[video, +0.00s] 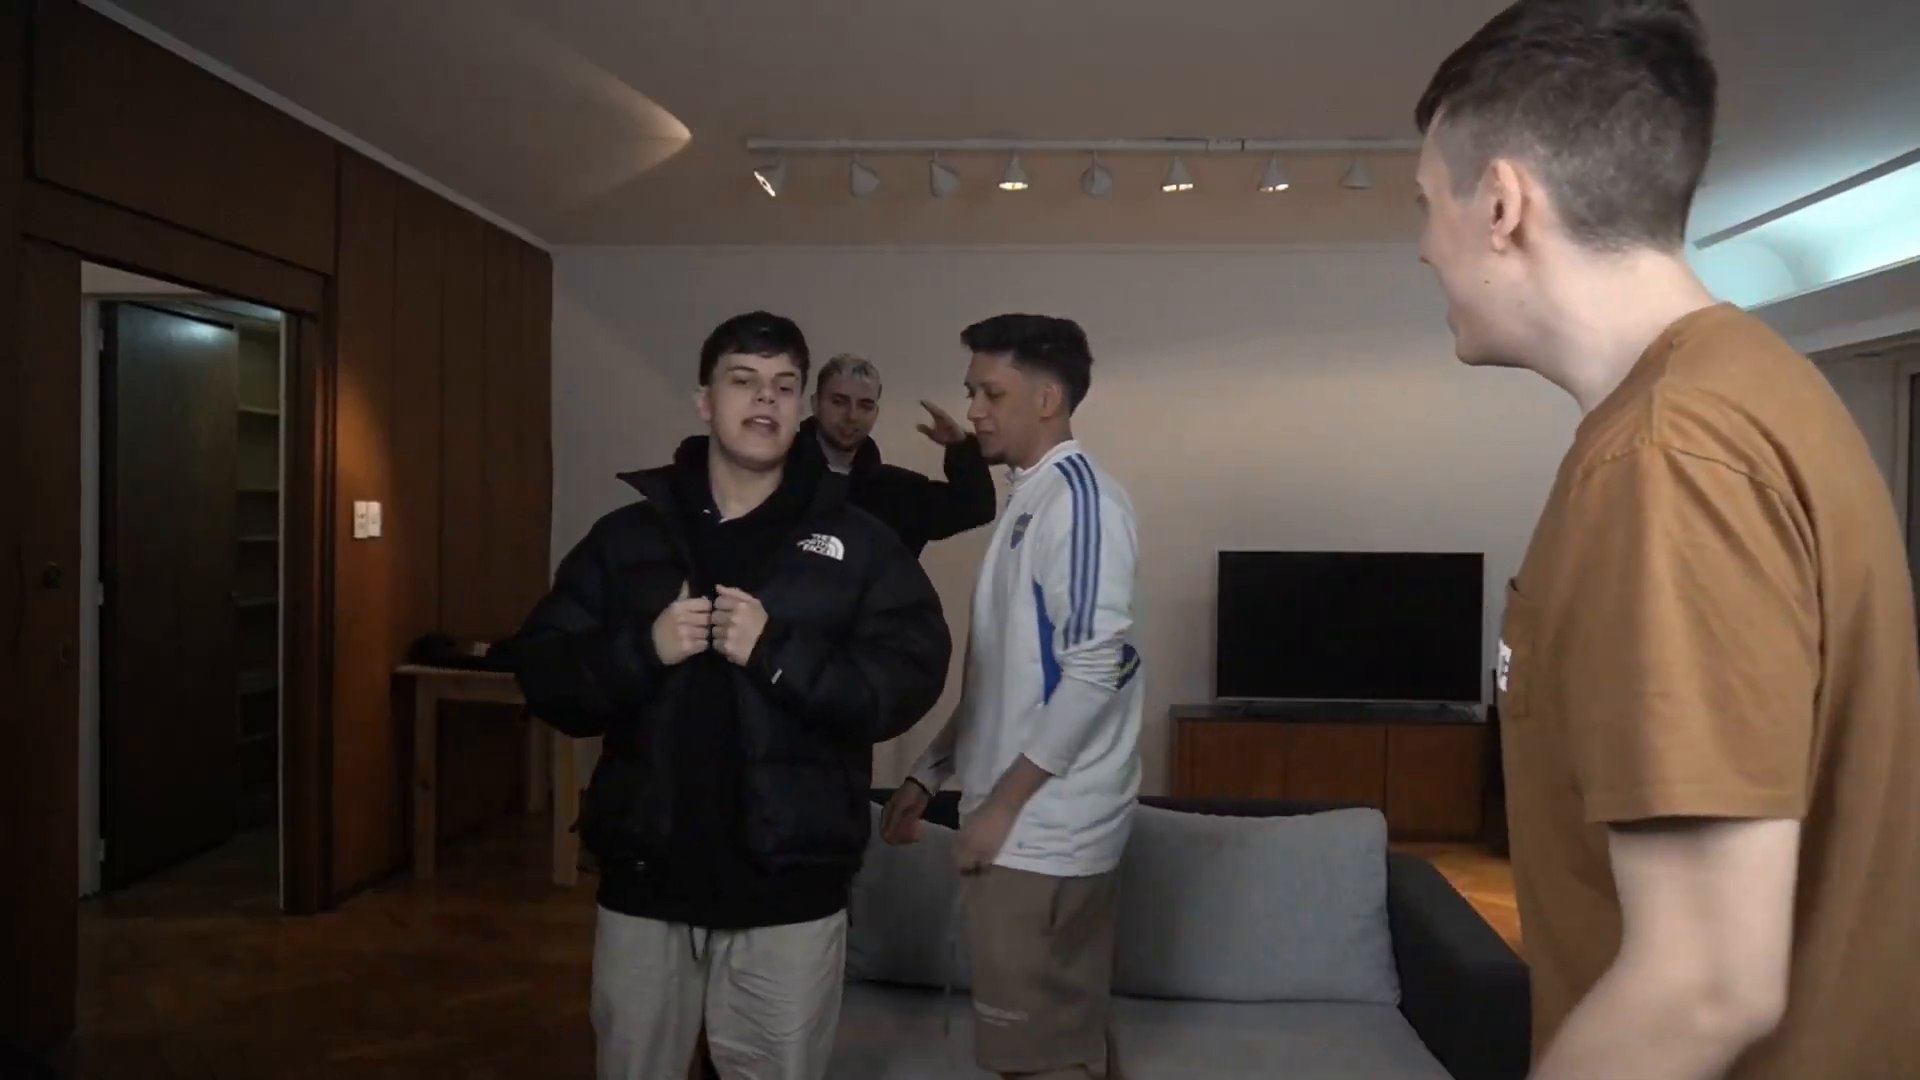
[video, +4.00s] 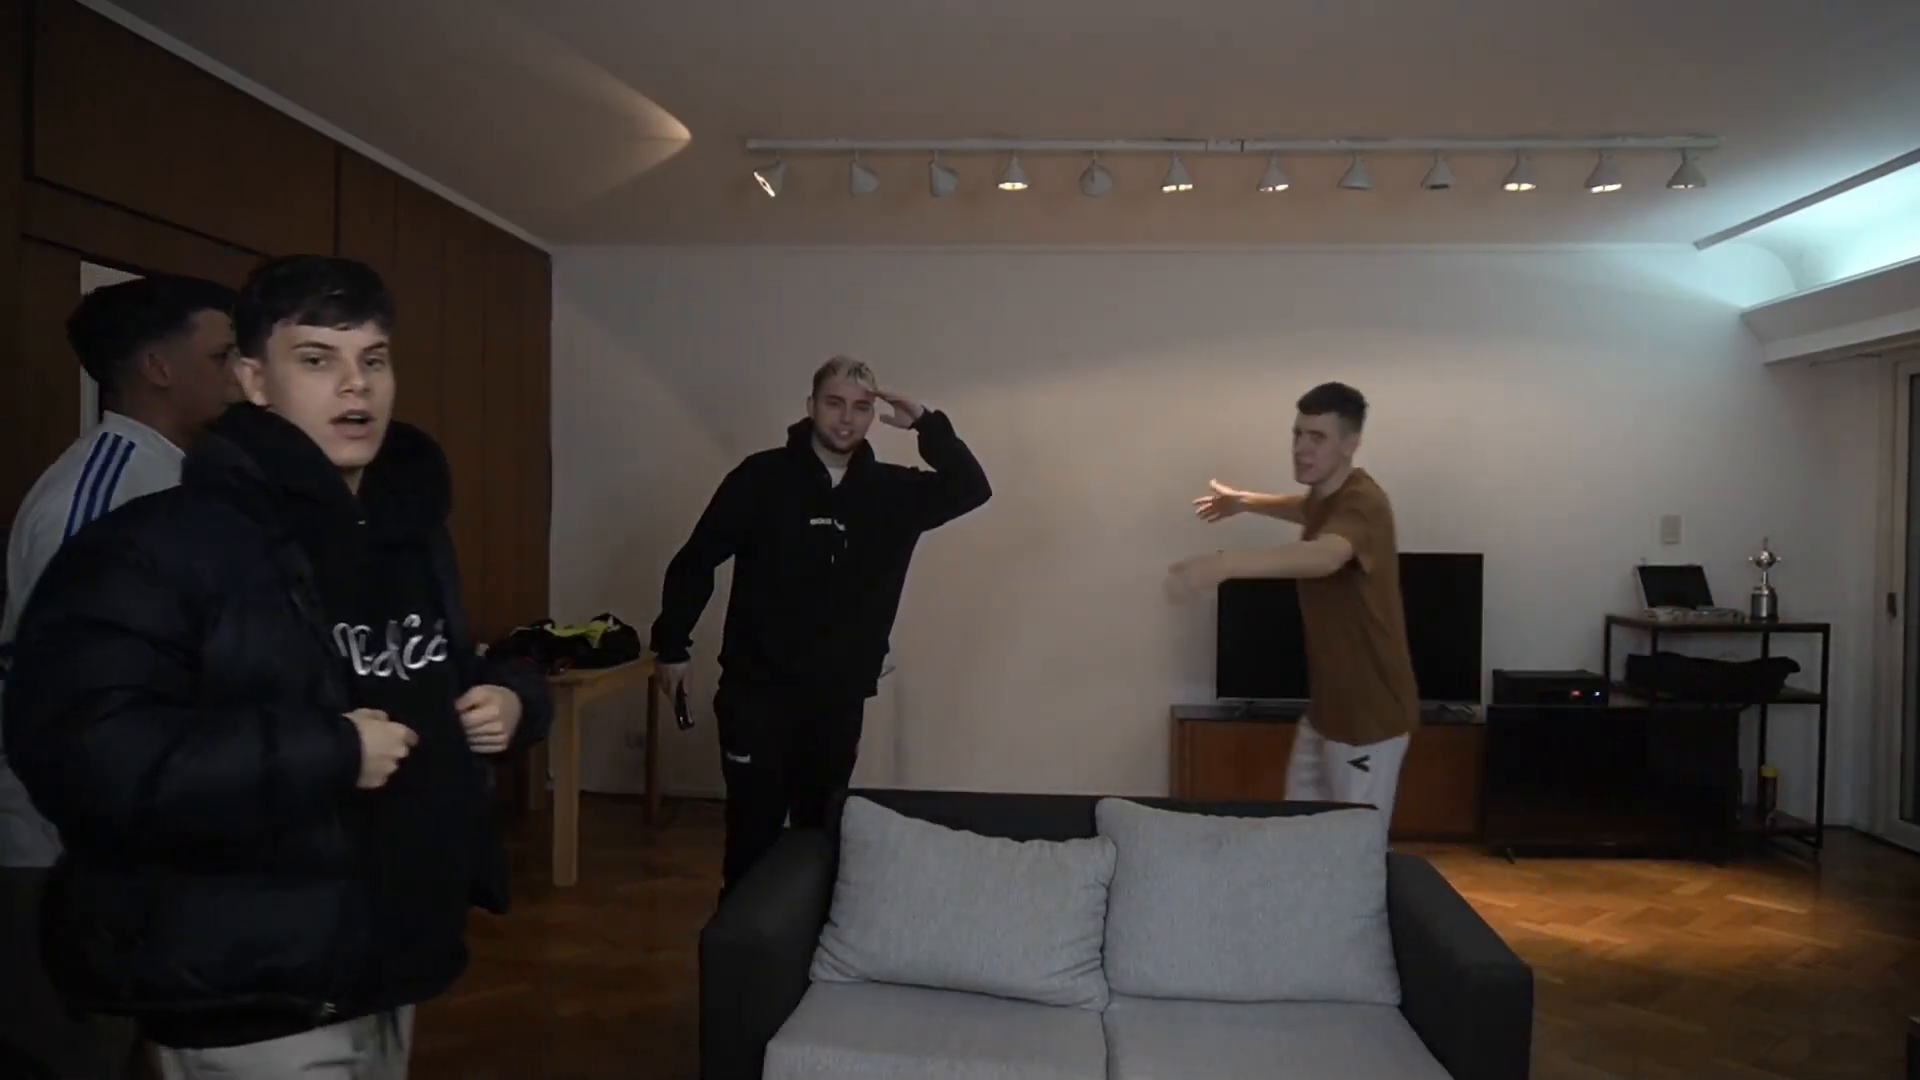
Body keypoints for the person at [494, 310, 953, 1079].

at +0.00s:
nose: (765, 398)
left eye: (785, 385)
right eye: (743, 381)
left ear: (805, 410)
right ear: (704, 406)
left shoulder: (860, 546)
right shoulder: (631, 534)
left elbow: (906, 680)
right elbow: (546, 674)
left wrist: (774, 649)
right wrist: (645, 648)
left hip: (789, 890)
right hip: (646, 881)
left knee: (775, 1071)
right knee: (633, 1069)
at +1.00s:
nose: (706, 390)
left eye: (726, 369)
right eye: (679, 370)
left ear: (751, 392)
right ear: (636, 392)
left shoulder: (799, 546)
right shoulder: (562, 547)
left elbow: (876, 705)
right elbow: (497, 721)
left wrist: (809, 658)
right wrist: (682, 684)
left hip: (764, 935)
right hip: (607, 943)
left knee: (779, 1068)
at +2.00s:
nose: (773, 394)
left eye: (787, 361)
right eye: (732, 371)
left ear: (810, 362)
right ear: (678, 389)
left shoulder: (923, 523)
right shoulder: (625, 530)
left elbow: (1059, 657)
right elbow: (525, 674)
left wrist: (912, 749)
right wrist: (558, 737)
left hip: (851, 1003)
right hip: (656, 997)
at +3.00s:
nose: (802, 383)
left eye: (828, 354)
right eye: (770, 354)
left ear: (858, 366)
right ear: (721, 366)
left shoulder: (927, 545)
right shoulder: (610, 532)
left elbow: (1016, 724)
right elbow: (478, 697)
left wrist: (975, 757)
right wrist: (610, 749)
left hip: (850, 1009)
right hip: (650, 1009)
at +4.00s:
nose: (356, 387)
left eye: (374, 360)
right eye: (317, 360)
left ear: (394, 373)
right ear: (251, 377)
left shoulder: (404, 526)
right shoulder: (160, 545)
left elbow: (449, 674)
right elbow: (81, 752)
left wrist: (511, 701)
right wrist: (328, 751)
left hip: (390, 969)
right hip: (247, 994)